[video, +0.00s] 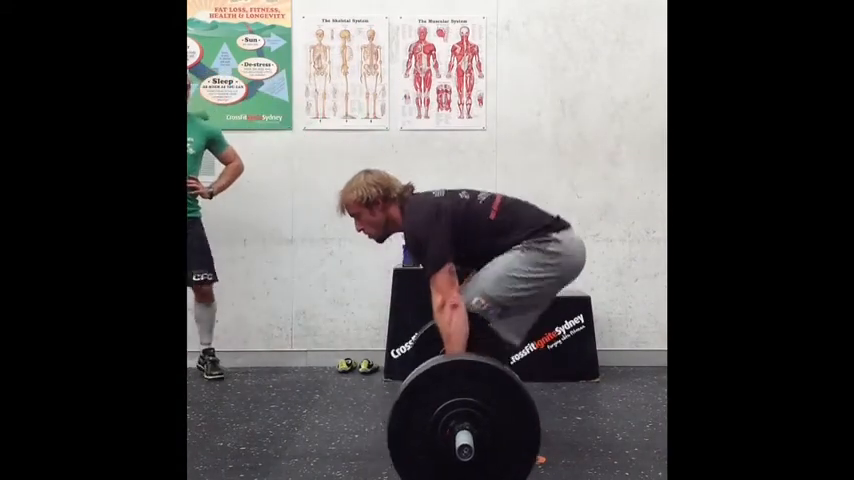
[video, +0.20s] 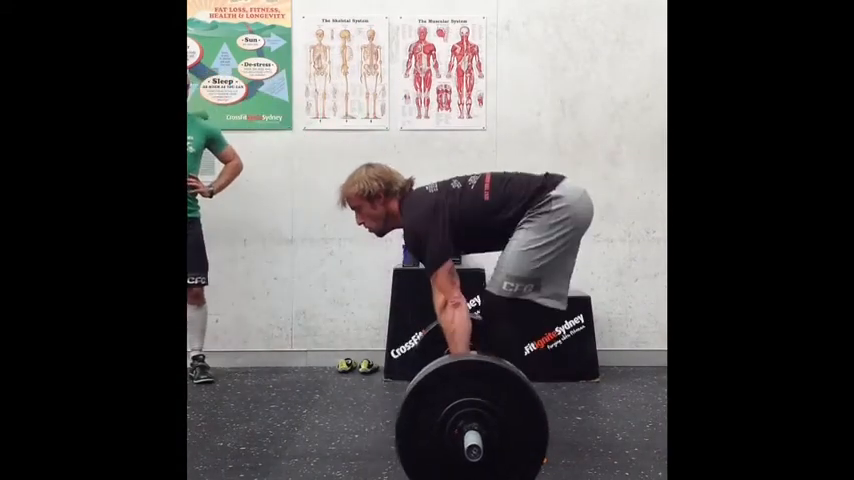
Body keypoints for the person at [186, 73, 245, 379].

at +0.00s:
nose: (185, 92)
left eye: (187, 86)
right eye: (185, 86)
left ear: (190, 90)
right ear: (186, 91)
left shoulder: (201, 128)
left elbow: (235, 164)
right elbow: (235, 164)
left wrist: (212, 189)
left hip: (189, 216)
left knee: (203, 286)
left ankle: (207, 352)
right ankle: (207, 352)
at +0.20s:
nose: (186, 93)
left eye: (187, 87)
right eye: (185, 88)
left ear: (190, 91)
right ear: (187, 92)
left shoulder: (201, 127)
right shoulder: (200, 128)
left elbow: (234, 162)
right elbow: (234, 162)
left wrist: (212, 189)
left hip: (189, 217)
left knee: (195, 289)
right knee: (193, 291)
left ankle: (196, 358)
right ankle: (193, 358)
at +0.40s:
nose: (186, 90)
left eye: (188, 85)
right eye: (184, 85)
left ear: (193, 88)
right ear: (184, 88)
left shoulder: (205, 126)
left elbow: (240, 161)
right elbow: (240, 161)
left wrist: (218, 187)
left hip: (193, 216)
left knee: (198, 290)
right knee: (194, 291)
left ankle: (194, 357)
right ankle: (191, 358)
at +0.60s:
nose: (189, 90)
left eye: (193, 85)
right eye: (185, 84)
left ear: (198, 90)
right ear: (180, 88)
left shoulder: (211, 127)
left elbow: (247, 160)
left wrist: (225, 187)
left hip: (197, 218)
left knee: (197, 291)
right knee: (193, 291)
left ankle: (194, 356)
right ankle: (191, 357)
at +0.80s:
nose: (190, 89)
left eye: (194, 84)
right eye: (186, 84)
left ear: (199, 90)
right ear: (180, 89)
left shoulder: (211, 128)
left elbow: (245, 161)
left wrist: (225, 187)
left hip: (196, 218)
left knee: (195, 291)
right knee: (192, 292)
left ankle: (194, 357)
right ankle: (191, 357)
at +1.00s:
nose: (190, 89)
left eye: (194, 84)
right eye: (186, 83)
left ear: (199, 89)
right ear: (181, 87)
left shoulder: (210, 128)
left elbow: (243, 163)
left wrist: (224, 187)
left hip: (196, 218)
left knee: (194, 292)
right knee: (192, 292)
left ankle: (194, 357)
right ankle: (191, 358)